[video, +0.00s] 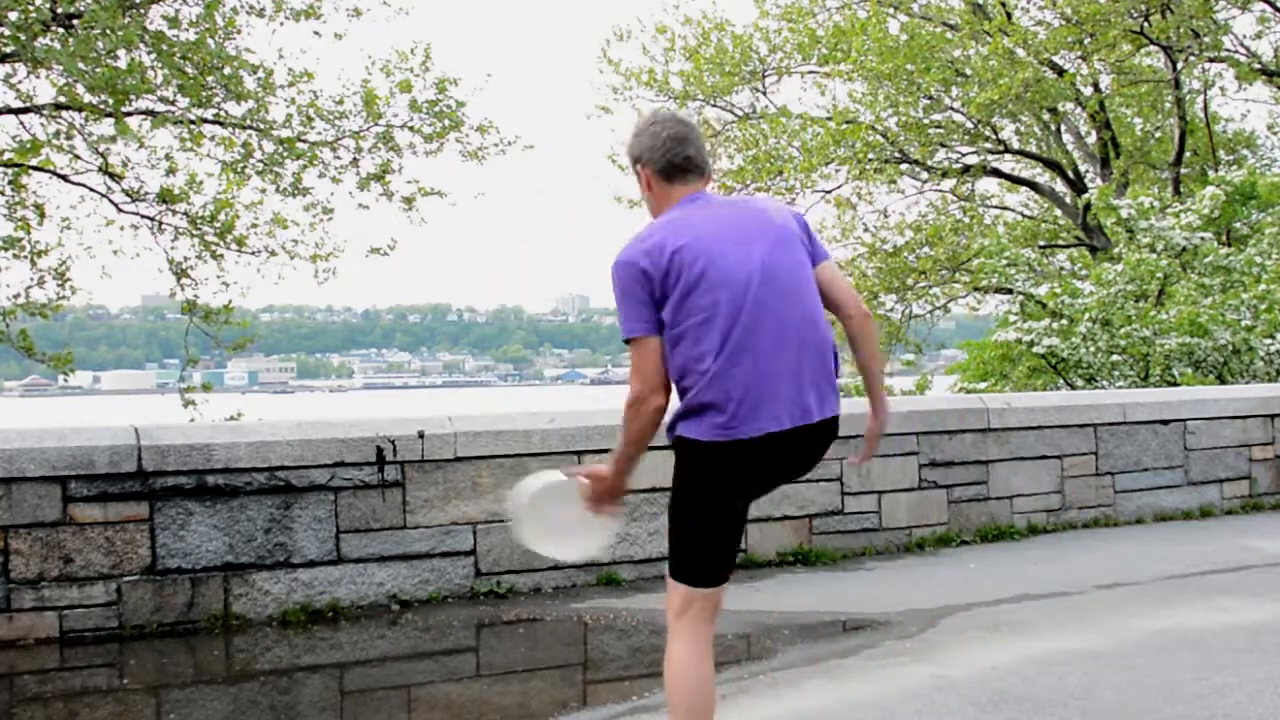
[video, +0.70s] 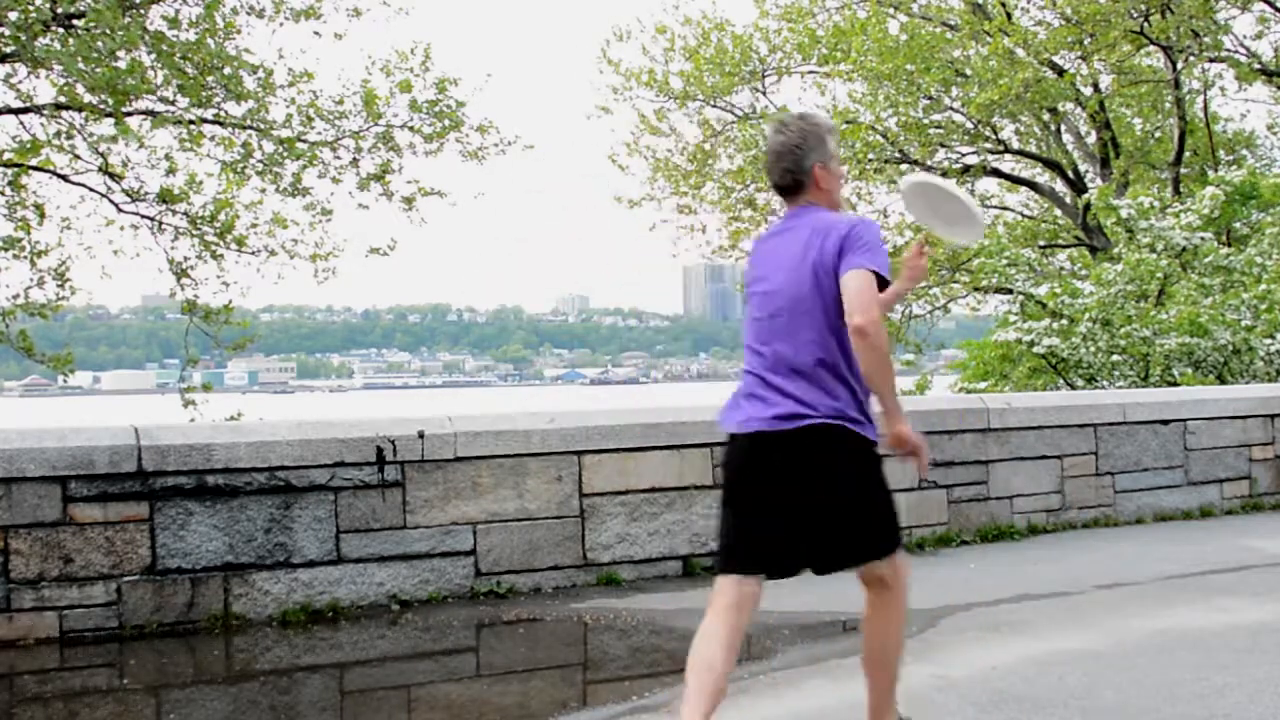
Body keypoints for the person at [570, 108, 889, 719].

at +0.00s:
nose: (638, 189)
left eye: (636, 177)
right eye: (636, 177)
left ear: (646, 176)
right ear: (707, 170)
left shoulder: (642, 256)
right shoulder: (779, 217)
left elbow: (650, 395)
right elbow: (853, 309)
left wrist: (617, 477)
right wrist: (878, 396)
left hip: (721, 443)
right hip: (812, 428)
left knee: (691, 614)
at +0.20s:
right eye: (728, 174)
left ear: (661, 192)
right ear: (724, 177)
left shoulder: (641, 257)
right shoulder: (780, 215)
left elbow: (660, 350)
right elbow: (835, 300)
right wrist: (874, 411)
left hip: (695, 442)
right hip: (789, 423)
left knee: (691, 613)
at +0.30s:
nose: (745, 167)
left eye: (742, 160)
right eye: (743, 159)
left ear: (675, 175)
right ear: (734, 164)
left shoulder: (650, 243)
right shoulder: (784, 214)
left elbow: (664, 338)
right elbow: (822, 295)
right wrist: (832, 414)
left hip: (689, 439)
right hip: (780, 420)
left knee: (690, 616)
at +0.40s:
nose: (763, 162)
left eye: (758, 152)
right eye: (761, 152)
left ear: (694, 164)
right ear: (749, 157)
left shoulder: (661, 236)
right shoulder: (791, 213)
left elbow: (658, 348)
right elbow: (811, 292)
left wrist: (685, 414)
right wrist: (807, 407)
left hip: (686, 432)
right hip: (769, 413)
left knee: (691, 610)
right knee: (777, 451)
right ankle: (756, 575)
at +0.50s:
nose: (782, 159)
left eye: (777, 149)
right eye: (778, 149)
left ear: (713, 164)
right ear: (763, 156)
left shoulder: (677, 235)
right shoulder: (803, 219)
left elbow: (675, 334)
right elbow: (824, 301)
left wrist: (702, 411)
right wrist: (813, 413)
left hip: (695, 435)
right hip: (778, 424)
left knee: (694, 607)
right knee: (822, 506)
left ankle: (689, 716)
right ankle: (814, 656)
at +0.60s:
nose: (806, 163)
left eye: (802, 152)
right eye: (801, 153)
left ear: (738, 173)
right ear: (785, 163)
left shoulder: (713, 240)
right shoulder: (825, 226)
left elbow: (728, 311)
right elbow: (848, 312)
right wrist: (853, 422)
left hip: (716, 441)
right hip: (800, 433)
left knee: (708, 608)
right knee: (851, 555)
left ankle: (693, 717)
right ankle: (858, 700)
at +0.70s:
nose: (841, 174)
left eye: (836, 164)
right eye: (837, 165)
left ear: (780, 182)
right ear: (822, 173)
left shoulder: (763, 246)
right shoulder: (851, 230)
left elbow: (816, 326)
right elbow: (863, 321)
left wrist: (900, 287)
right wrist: (893, 418)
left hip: (751, 440)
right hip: (829, 438)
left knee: (733, 591)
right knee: (885, 578)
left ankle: (691, 715)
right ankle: (882, 712)